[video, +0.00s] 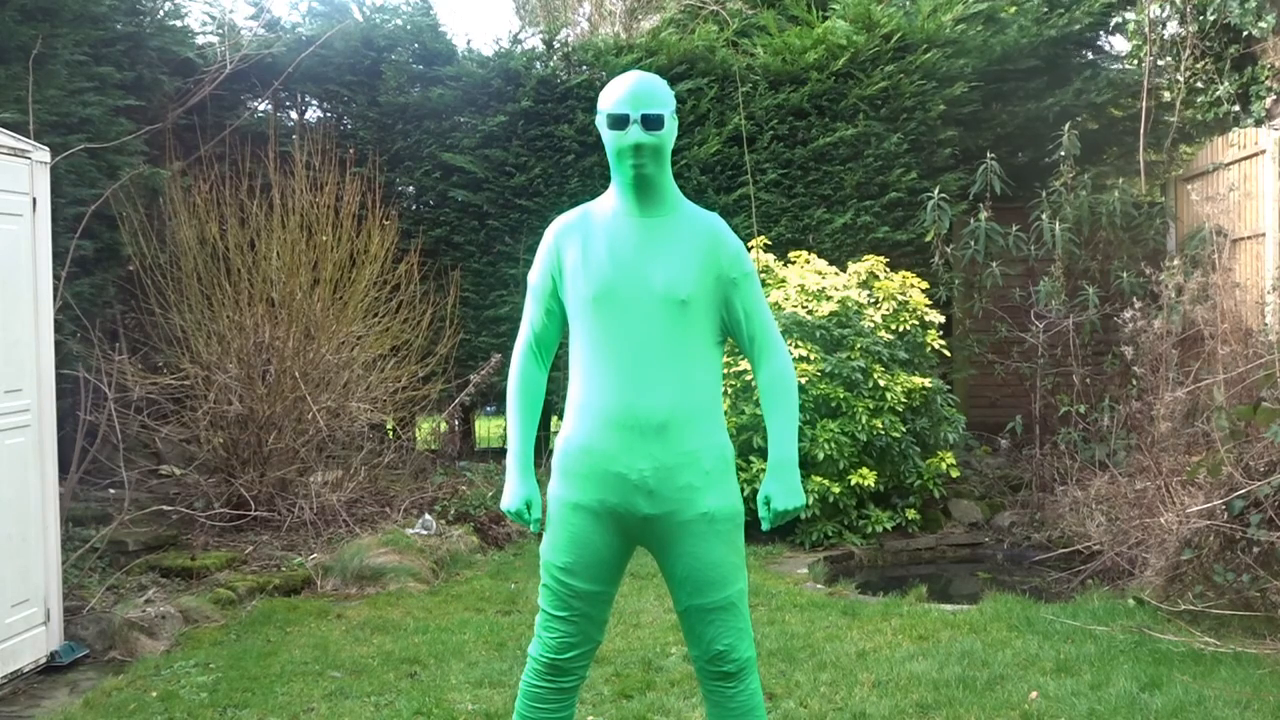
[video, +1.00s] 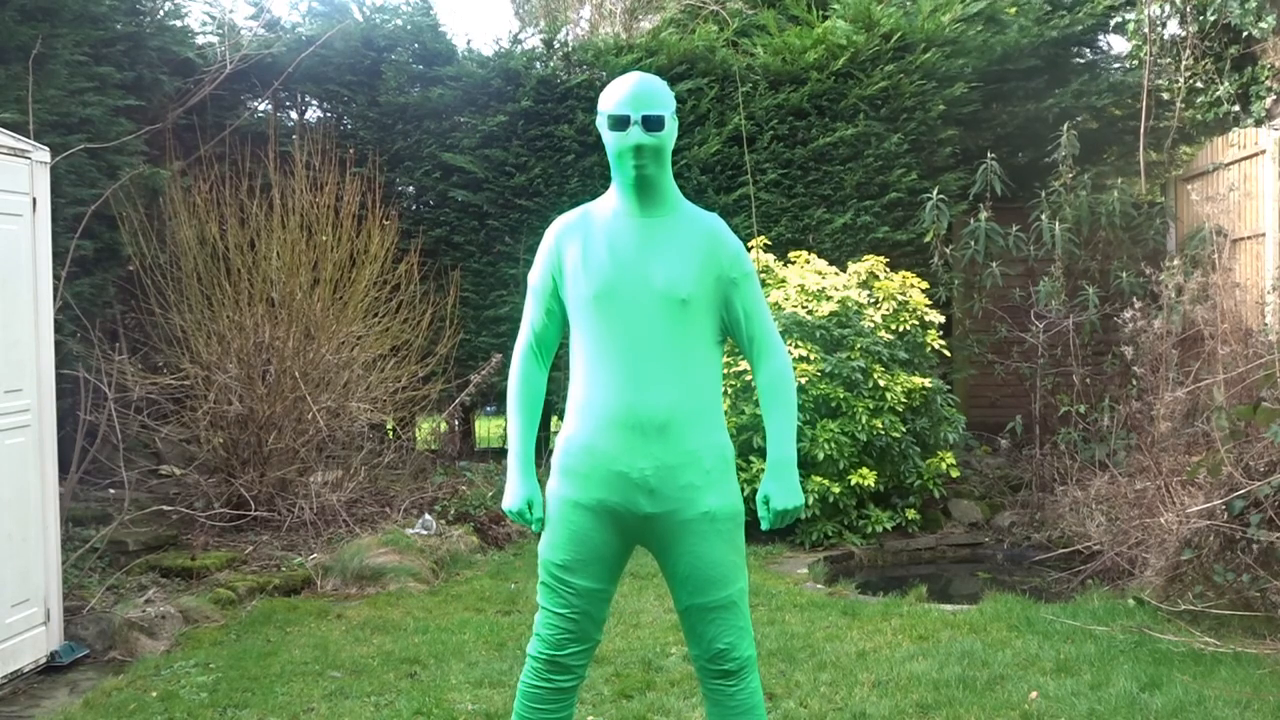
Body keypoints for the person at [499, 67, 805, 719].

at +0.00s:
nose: (637, 135)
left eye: (652, 121)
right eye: (621, 122)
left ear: (673, 130)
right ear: (601, 133)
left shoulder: (713, 238)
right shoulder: (567, 236)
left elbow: (769, 352)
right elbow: (531, 354)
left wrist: (784, 464)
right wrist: (518, 468)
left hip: (698, 485)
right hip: (587, 483)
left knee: (729, 668)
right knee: (554, 666)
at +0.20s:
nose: (636, 135)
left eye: (651, 121)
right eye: (620, 122)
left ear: (673, 129)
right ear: (601, 133)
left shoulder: (713, 237)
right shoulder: (566, 236)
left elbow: (769, 352)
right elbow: (531, 352)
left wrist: (783, 464)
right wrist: (518, 468)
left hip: (698, 486)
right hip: (587, 484)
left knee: (729, 667)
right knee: (554, 666)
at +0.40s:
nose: (636, 136)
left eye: (651, 121)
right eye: (620, 123)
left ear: (673, 129)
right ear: (601, 134)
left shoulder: (713, 237)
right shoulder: (566, 236)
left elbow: (769, 351)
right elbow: (531, 352)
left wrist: (784, 464)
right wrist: (517, 467)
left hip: (698, 486)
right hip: (587, 484)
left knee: (729, 668)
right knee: (554, 666)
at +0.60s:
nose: (636, 136)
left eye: (651, 122)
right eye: (621, 123)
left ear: (673, 130)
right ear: (601, 134)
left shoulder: (713, 237)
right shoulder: (566, 236)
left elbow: (769, 351)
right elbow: (531, 352)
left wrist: (784, 464)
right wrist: (517, 467)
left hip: (698, 486)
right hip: (587, 484)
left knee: (729, 667)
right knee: (554, 665)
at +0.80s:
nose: (637, 136)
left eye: (652, 122)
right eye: (621, 123)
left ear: (673, 130)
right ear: (601, 134)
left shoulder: (713, 237)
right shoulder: (566, 236)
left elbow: (768, 352)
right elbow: (531, 353)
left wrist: (782, 464)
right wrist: (518, 468)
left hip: (698, 485)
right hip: (587, 483)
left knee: (729, 665)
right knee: (554, 664)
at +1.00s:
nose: (638, 136)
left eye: (653, 122)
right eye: (622, 123)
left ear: (674, 131)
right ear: (602, 135)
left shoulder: (713, 239)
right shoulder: (567, 236)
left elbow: (768, 352)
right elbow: (532, 353)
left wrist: (782, 464)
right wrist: (519, 468)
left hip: (698, 486)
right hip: (587, 484)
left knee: (729, 666)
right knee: (554, 664)